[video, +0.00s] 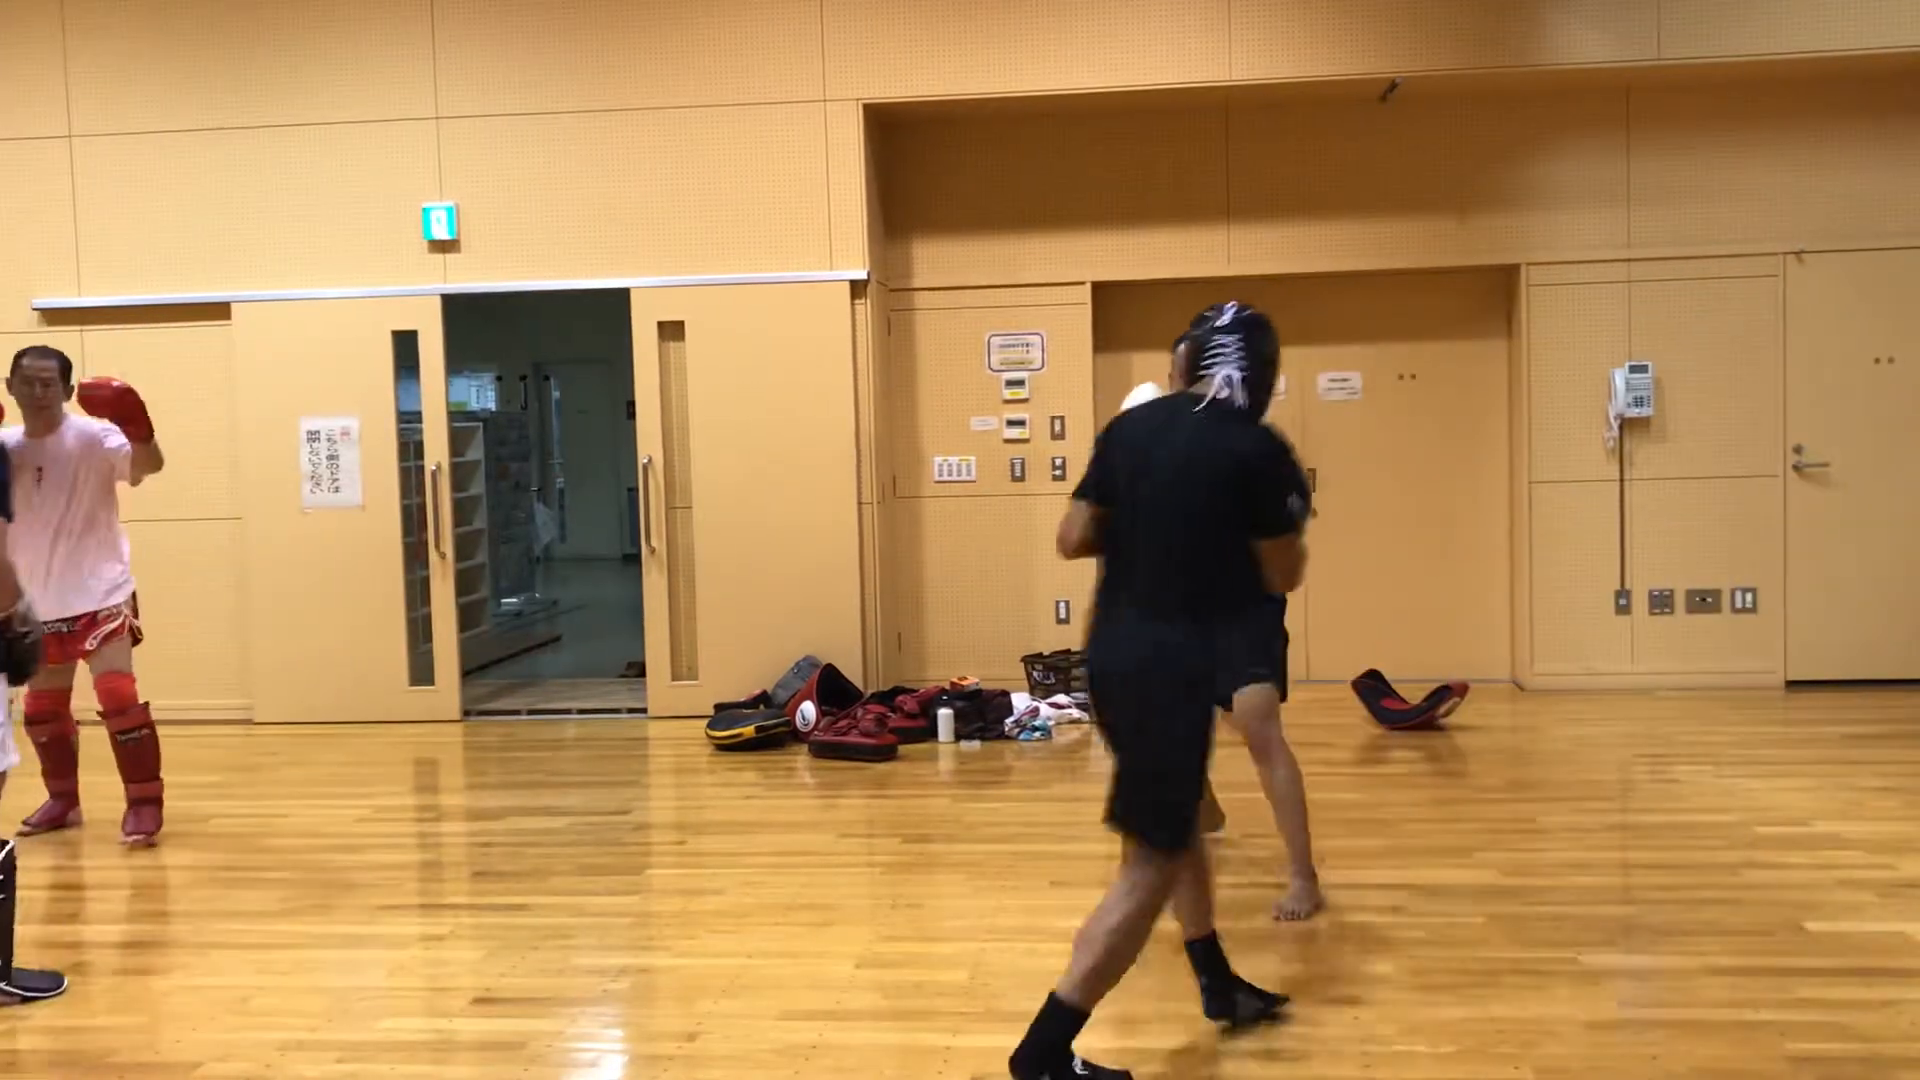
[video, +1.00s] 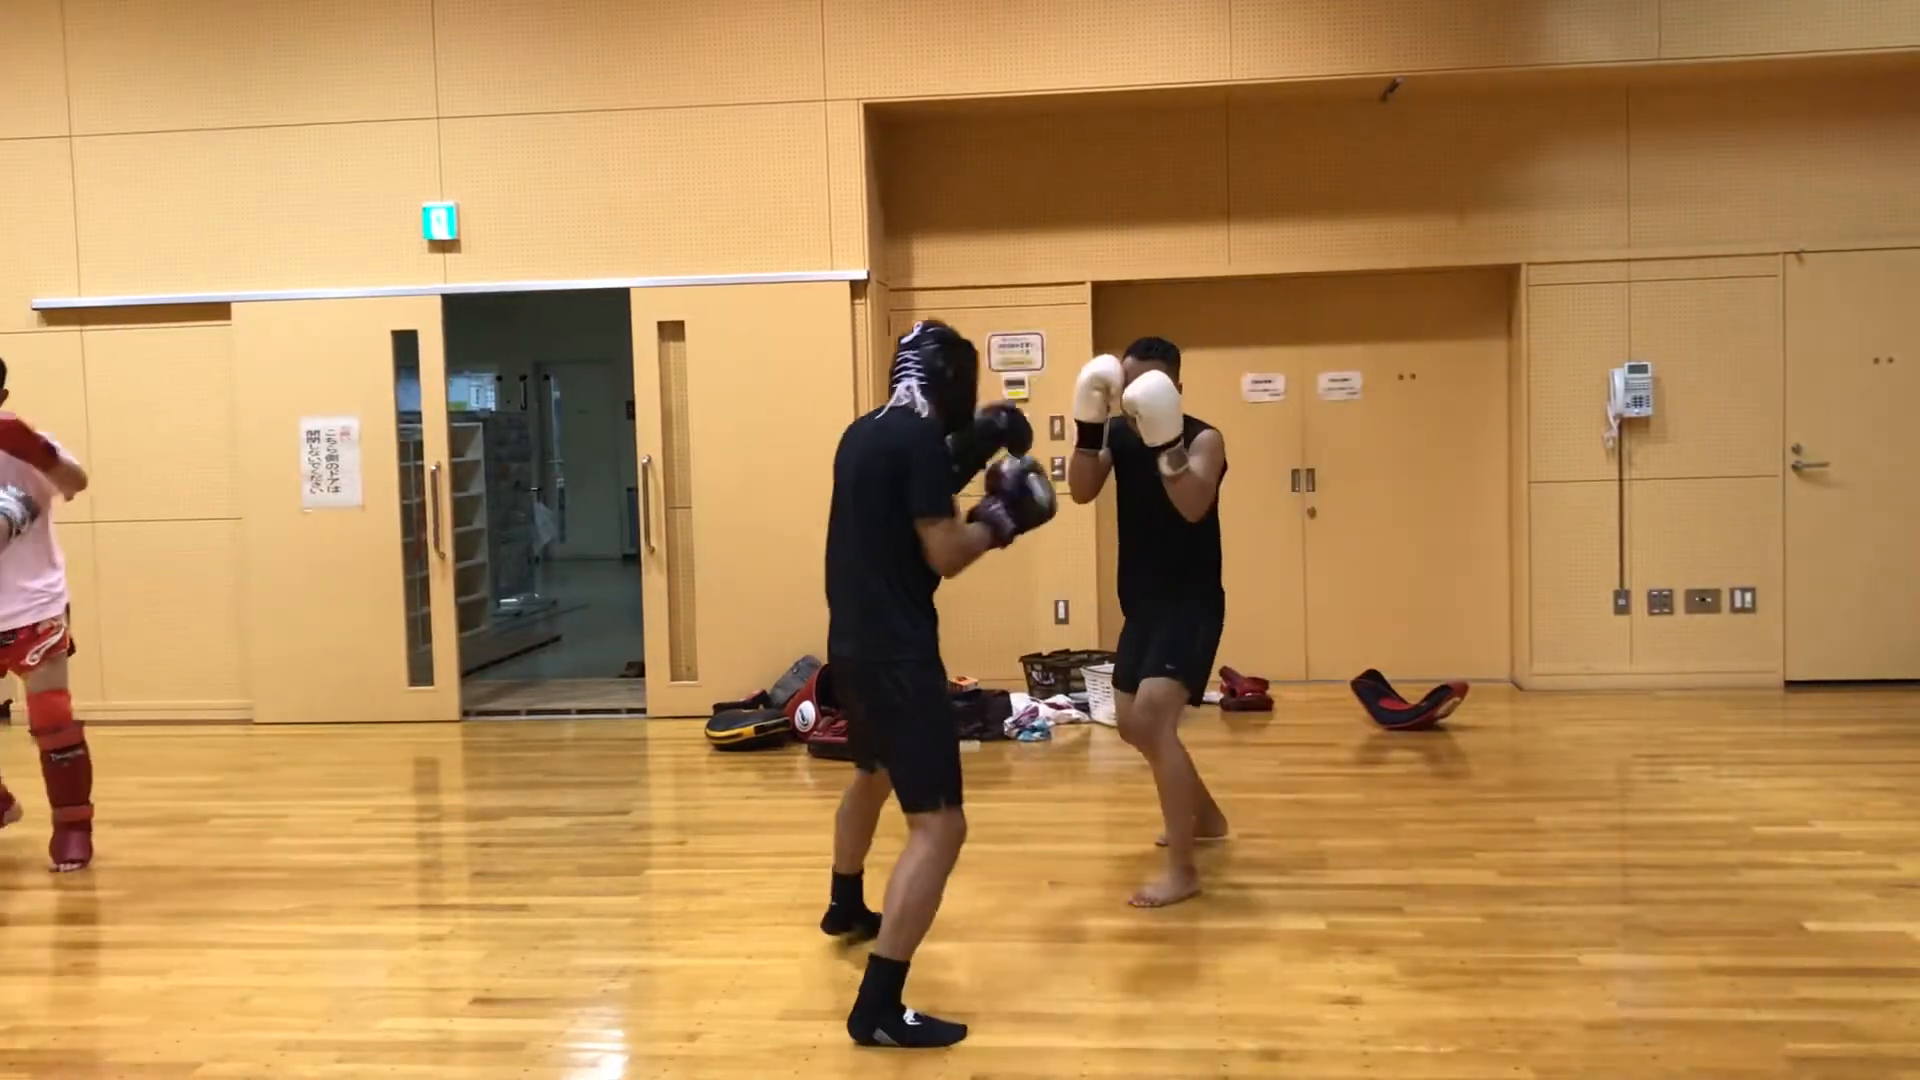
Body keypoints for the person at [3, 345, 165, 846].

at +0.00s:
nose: (36, 389)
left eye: (47, 381)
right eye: (26, 380)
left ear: (66, 390)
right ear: (11, 388)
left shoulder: (95, 436)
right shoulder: (7, 450)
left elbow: (145, 467)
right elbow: (2, 536)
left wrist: (136, 425)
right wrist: (8, 601)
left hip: (102, 592)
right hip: (40, 600)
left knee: (117, 697)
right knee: (43, 711)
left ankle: (144, 804)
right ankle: (62, 799)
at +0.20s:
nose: (45, 392)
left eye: (57, 383)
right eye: (36, 383)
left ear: (79, 391)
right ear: (24, 391)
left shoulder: (107, 442)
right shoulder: (17, 455)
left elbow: (159, 485)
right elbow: (2, 502)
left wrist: (135, 446)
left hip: (115, 590)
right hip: (49, 598)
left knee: (133, 707)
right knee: (44, 715)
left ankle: (157, 811)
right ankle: (65, 799)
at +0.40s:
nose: (37, 390)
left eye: (49, 382)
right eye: (28, 380)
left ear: (73, 389)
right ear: (15, 388)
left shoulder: (99, 442)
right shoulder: (11, 450)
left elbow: (141, 474)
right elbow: (1, 501)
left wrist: (110, 429)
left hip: (108, 595)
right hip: (41, 601)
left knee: (129, 705)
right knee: (21, 710)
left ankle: (156, 811)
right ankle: (43, 802)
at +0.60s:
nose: (9, 399)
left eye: (20, 389)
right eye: (2, 390)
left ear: (42, 395)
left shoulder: (64, 443)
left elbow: (117, 492)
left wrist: (83, 448)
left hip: (74, 600)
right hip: (9, 608)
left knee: (104, 708)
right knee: (1, 718)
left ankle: (148, 808)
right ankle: (5, 809)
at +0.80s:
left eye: (1, 390)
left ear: (12, 392)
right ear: (6, 390)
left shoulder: (31, 442)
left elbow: (102, 494)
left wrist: (95, 469)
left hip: (44, 599)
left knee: (66, 707)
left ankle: (90, 818)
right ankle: (5, 811)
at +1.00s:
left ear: (4, 390)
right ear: (2, 391)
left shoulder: (16, 437)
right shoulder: (15, 438)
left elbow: (76, 483)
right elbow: (73, 484)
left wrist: (36, 451)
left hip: (31, 599)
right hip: (12, 604)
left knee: (51, 716)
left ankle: (72, 827)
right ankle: (3, 798)